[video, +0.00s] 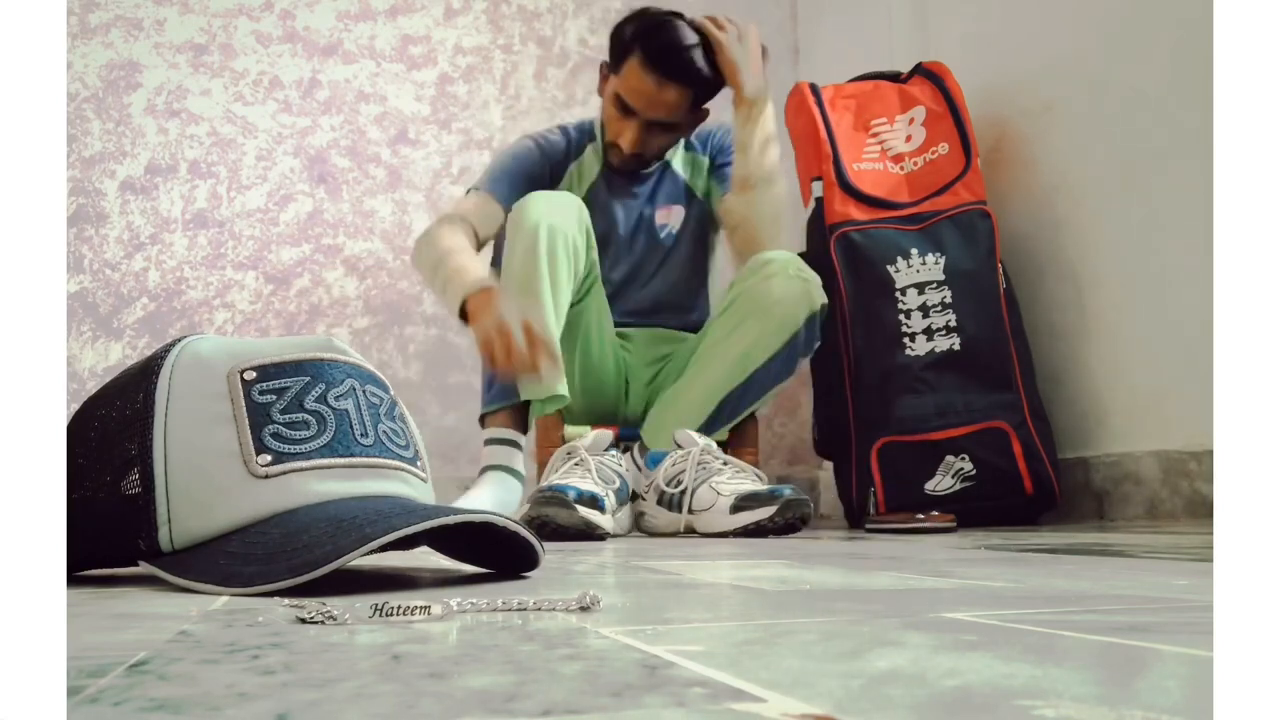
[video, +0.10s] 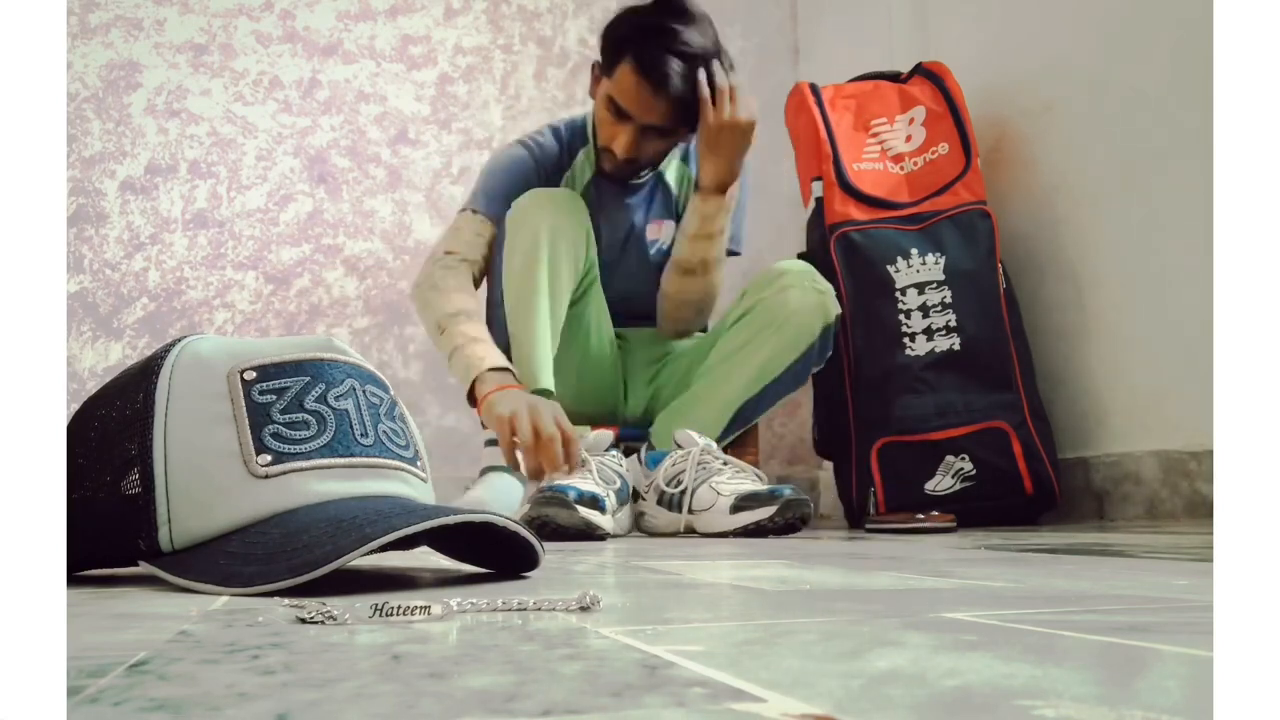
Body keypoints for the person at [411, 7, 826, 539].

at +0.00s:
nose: (631, 140)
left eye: (660, 128)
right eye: (623, 110)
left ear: (698, 116)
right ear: (605, 80)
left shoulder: (711, 153)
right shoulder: (554, 150)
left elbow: (767, 252)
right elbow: (445, 237)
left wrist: (755, 104)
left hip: (680, 373)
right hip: (579, 370)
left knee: (791, 282)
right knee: (543, 212)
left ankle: (652, 465)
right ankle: (506, 469)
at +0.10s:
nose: (624, 145)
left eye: (655, 133)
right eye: (615, 113)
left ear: (692, 125)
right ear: (596, 82)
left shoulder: (707, 168)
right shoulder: (532, 160)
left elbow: (682, 322)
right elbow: (443, 279)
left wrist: (714, 189)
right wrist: (496, 385)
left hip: (669, 375)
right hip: (572, 374)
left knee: (804, 290)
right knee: (544, 208)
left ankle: (662, 465)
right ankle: (536, 458)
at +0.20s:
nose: (629, 150)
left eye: (660, 137)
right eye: (621, 116)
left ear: (698, 131)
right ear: (600, 83)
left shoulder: (724, 164)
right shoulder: (534, 163)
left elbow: (680, 340)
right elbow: (440, 285)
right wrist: (486, 384)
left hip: (669, 380)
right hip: (572, 377)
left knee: (807, 292)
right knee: (548, 207)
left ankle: (667, 465)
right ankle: (559, 459)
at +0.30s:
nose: (641, 149)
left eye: (671, 133)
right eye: (630, 116)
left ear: (702, 126)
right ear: (604, 84)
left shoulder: (728, 167)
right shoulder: (537, 164)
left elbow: (701, 307)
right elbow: (439, 279)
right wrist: (498, 349)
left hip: (677, 386)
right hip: (575, 380)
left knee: (814, 294)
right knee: (550, 208)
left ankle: (666, 465)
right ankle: (572, 459)